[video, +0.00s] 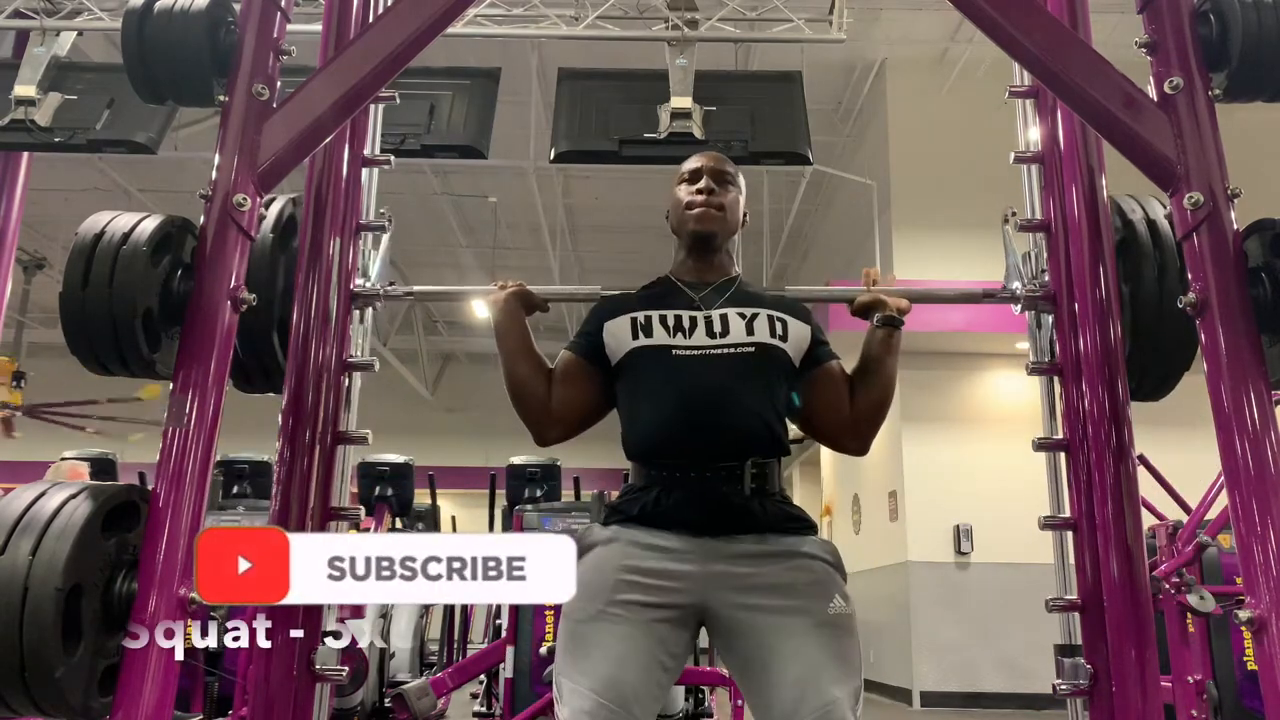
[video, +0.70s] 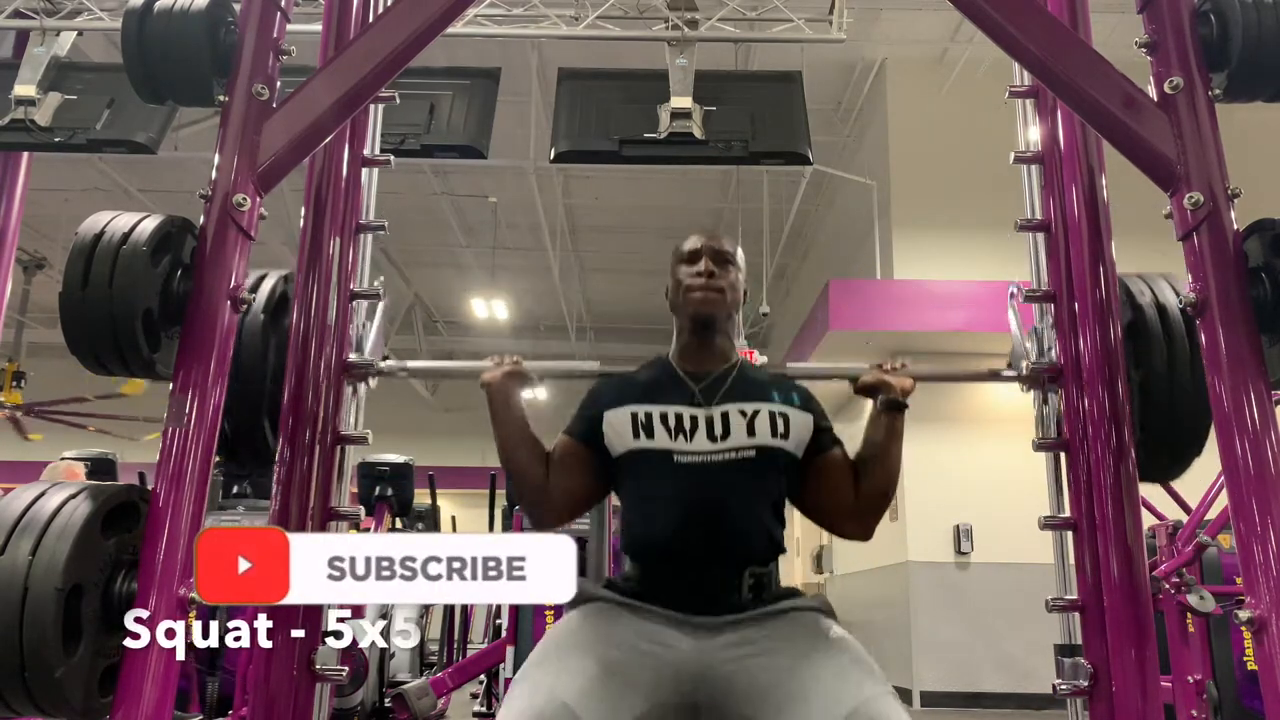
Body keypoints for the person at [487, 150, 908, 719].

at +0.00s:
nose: (705, 187)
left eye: (722, 182)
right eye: (691, 179)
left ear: (743, 214)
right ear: (669, 212)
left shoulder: (787, 317)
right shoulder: (617, 316)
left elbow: (853, 432)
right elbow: (548, 420)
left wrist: (885, 330)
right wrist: (508, 316)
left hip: (775, 553)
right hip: (639, 549)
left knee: (820, 710)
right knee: (597, 707)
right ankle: (677, 707)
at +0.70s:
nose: (706, 268)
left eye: (722, 262)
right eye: (692, 260)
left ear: (743, 295)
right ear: (670, 292)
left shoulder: (786, 400)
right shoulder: (617, 399)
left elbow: (856, 517)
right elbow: (546, 504)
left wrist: (889, 411)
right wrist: (502, 396)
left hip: (767, 629)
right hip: (631, 625)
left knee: (879, 714)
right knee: (529, 713)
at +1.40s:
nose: (703, 422)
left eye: (720, 413)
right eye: (688, 412)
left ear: (744, 441)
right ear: (665, 437)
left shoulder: (794, 555)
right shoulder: (607, 547)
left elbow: (861, 679)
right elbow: (541, 664)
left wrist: (898, 558)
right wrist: (500, 556)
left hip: (754, 713)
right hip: (644, 713)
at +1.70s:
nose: (701, 431)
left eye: (719, 422)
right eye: (686, 421)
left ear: (743, 451)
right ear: (664, 447)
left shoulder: (792, 563)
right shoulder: (606, 559)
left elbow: (861, 687)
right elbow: (540, 676)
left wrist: (898, 569)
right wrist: (496, 567)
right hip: (645, 714)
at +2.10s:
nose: (703, 361)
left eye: (719, 356)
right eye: (687, 355)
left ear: (740, 391)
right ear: (665, 388)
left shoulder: (789, 497)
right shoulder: (611, 493)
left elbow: (859, 617)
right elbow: (543, 608)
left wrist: (893, 504)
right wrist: (501, 499)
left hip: (771, 693)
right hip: (637, 691)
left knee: (889, 718)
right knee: (516, 717)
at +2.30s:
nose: (703, 305)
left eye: (719, 303)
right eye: (688, 303)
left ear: (741, 343)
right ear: (668, 342)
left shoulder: (788, 445)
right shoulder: (614, 440)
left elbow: (857, 563)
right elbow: (544, 543)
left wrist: (890, 453)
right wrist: (500, 438)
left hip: (767, 658)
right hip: (634, 654)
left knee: (887, 715)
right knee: (521, 714)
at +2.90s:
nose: (707, 181)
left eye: (724, 180)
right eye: (692, 177)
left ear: (744, 220)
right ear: (669, 216)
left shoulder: (790, 322)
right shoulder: (617, 317)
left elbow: (854, 436)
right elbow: (549, 423)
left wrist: (885, 332)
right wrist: (506, 317)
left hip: (773, 549)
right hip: (635, 544)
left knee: (825, 710)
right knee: (586, 707)